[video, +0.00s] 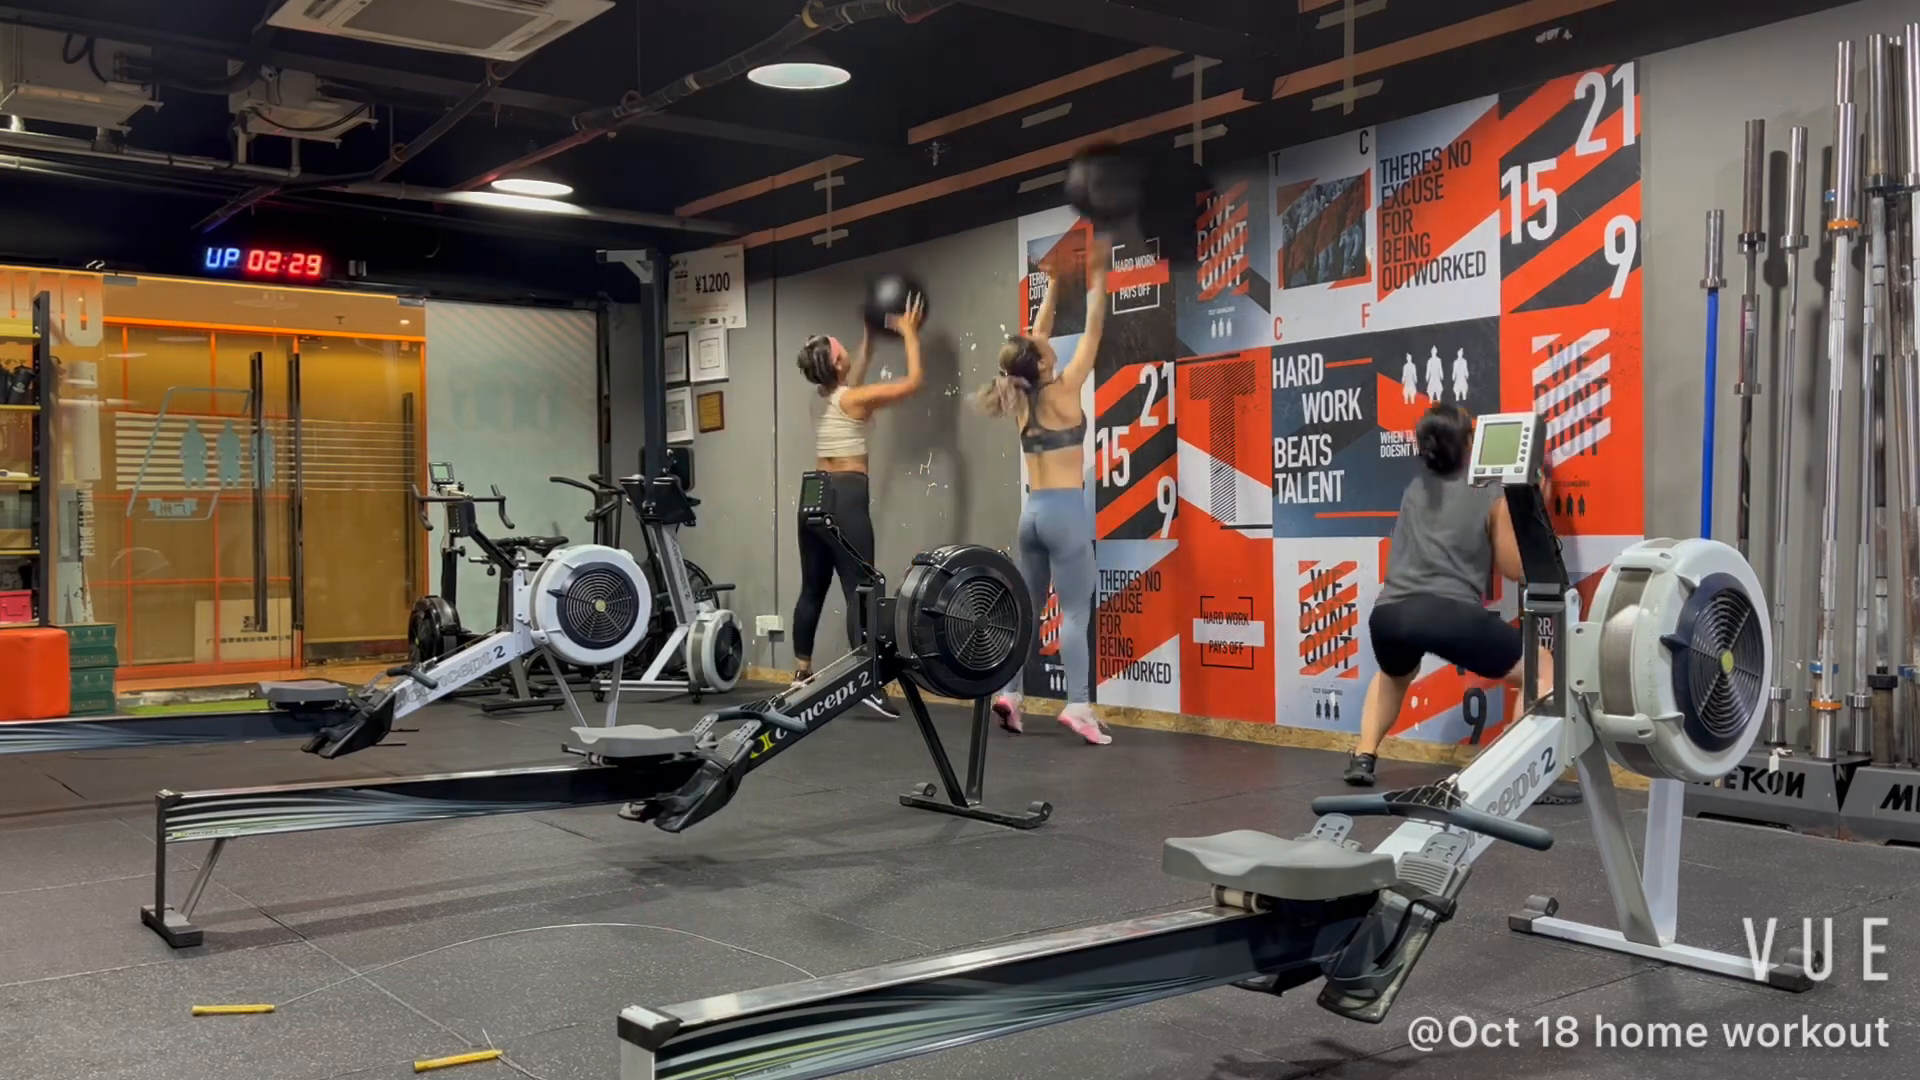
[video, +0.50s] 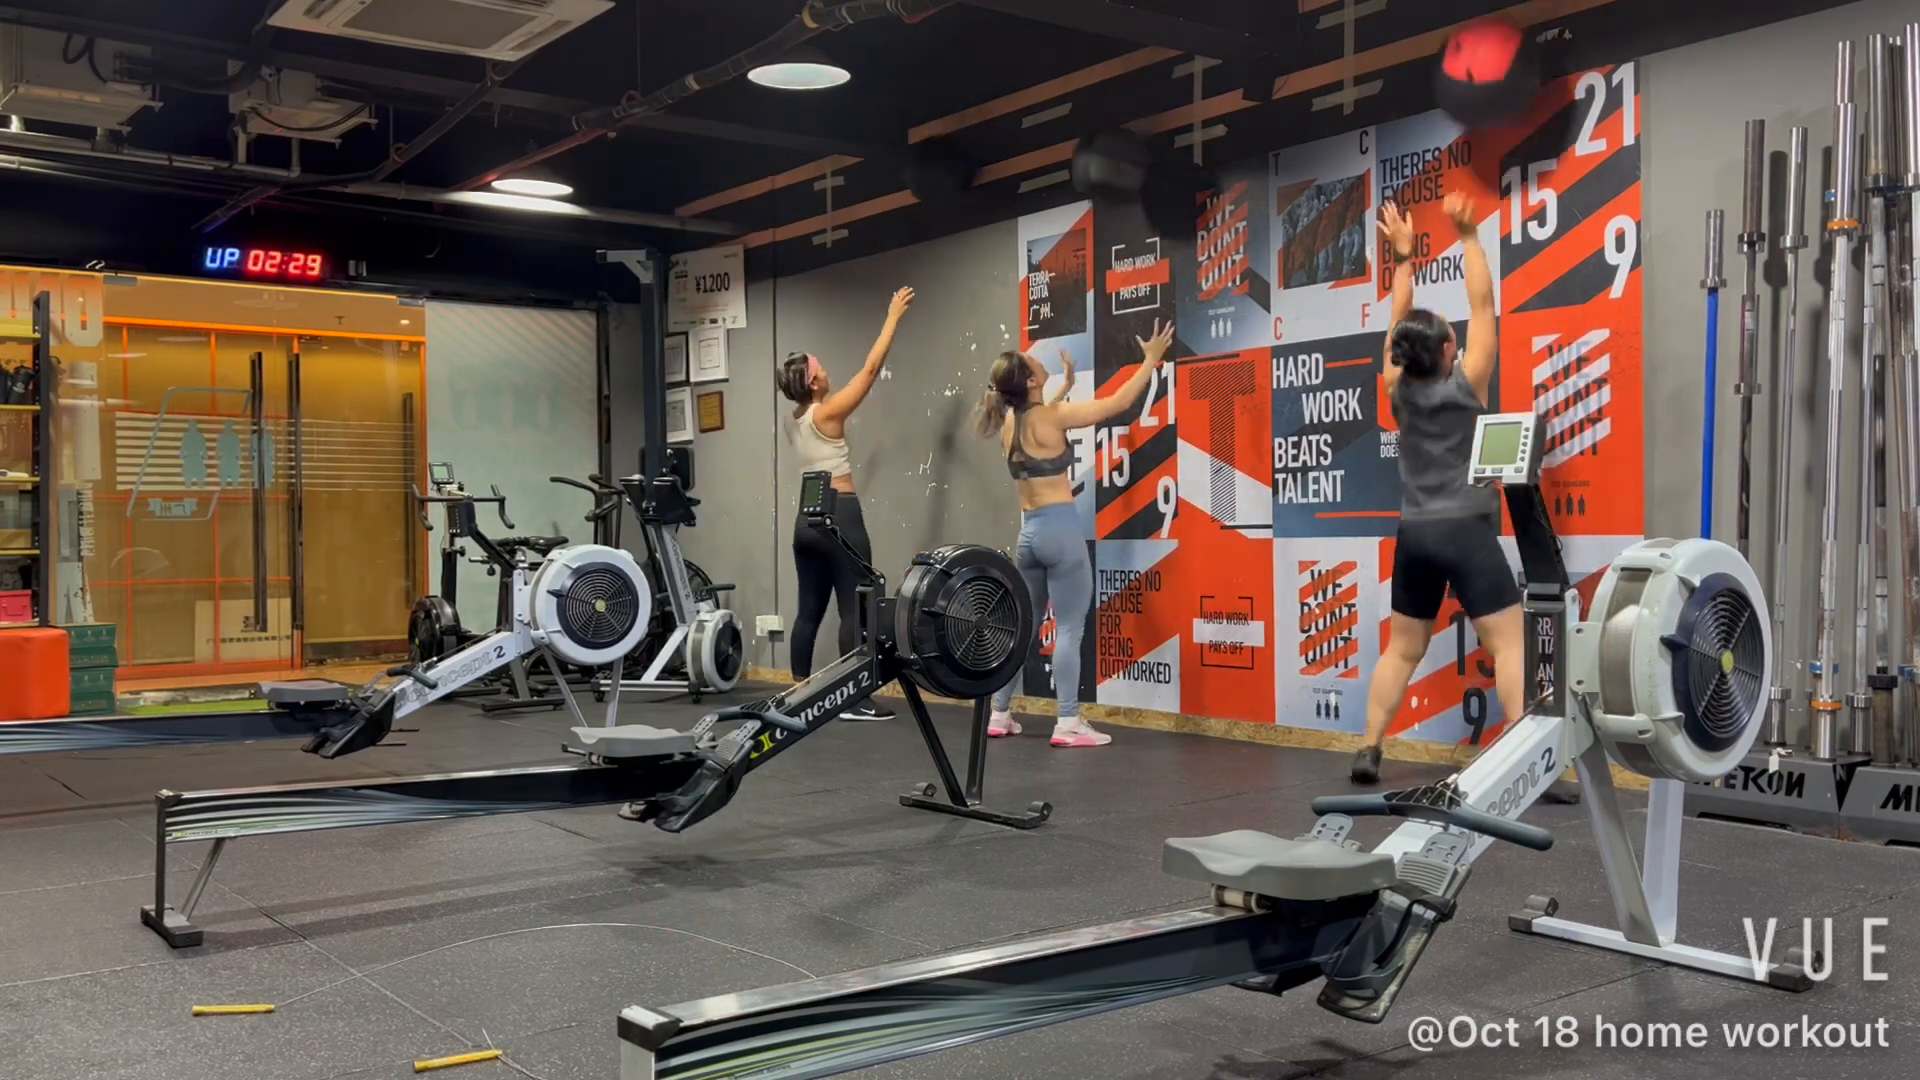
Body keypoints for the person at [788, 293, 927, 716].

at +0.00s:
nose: (846, 351)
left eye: (840, 348)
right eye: (841, 350)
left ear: (822, 371)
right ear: (838, 365)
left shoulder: (825, 400)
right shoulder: (853, 398)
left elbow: (856, 381)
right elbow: (913, 382)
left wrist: (871, 339)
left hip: (814, 497)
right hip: (846, 498)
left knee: (812, 587)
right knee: (859, 588)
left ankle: (802, 674)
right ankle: (867, 680)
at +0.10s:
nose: (837, 342)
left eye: (832, 341)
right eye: (833, 344)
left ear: (823, 370)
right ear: (832, 364)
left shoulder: (821, 394)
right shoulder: (856, 393)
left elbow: (839, 354)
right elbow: (886, 337)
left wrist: (859, 308)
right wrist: (904, 290)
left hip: (817, 494)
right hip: (849, 494)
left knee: (817, 590)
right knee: (861, 590)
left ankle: (804, 676)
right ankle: (863, 685)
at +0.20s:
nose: (837, 363)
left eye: (833, 362)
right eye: (833, 363)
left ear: (816, 384)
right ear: (829, 380)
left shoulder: (818, 412)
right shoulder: (851, 405)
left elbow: (833, 359)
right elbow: (873, 350)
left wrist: (850, 317)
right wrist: (881, 297)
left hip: (821, 513)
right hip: (854, 513)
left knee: (821, 605)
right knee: (862, 603)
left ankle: (803, 690)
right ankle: (855, 695)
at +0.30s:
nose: (835, 366)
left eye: (831, 364)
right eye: (830, 366)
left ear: (811, 387)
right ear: (824, 382)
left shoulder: (807, 417)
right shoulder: (842, 414)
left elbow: (827, 373)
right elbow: (869, 359)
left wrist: (848, 334)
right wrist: (879, 309)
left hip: (820, 512)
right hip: (852, 513)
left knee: (818, 609)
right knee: (861, 608)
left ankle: (800, 694)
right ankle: (854, 697)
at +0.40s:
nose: (829, 367)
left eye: (824, 363)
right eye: (824, 365)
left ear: (801, 385)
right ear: (818, 380)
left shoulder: (799, 417)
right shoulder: (835, 410)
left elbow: (826, 388)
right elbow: (872, 361)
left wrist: (850, 357)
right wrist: (887, 313)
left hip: (815, 510)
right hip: (847, 507)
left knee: (817, 607)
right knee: (859, 604)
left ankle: (801, 694)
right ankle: (855, 695)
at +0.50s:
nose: (824, 368)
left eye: (819, 364)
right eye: (819, 366)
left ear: (800, 386)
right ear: (813, 380)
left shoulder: (799, 420)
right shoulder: (828, 412)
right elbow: (872, 367)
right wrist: (893, 316)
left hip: (809, 515)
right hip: (839, 512)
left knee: (808, 612)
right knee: (854, 608)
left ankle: (800, 695)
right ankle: (853, 697)